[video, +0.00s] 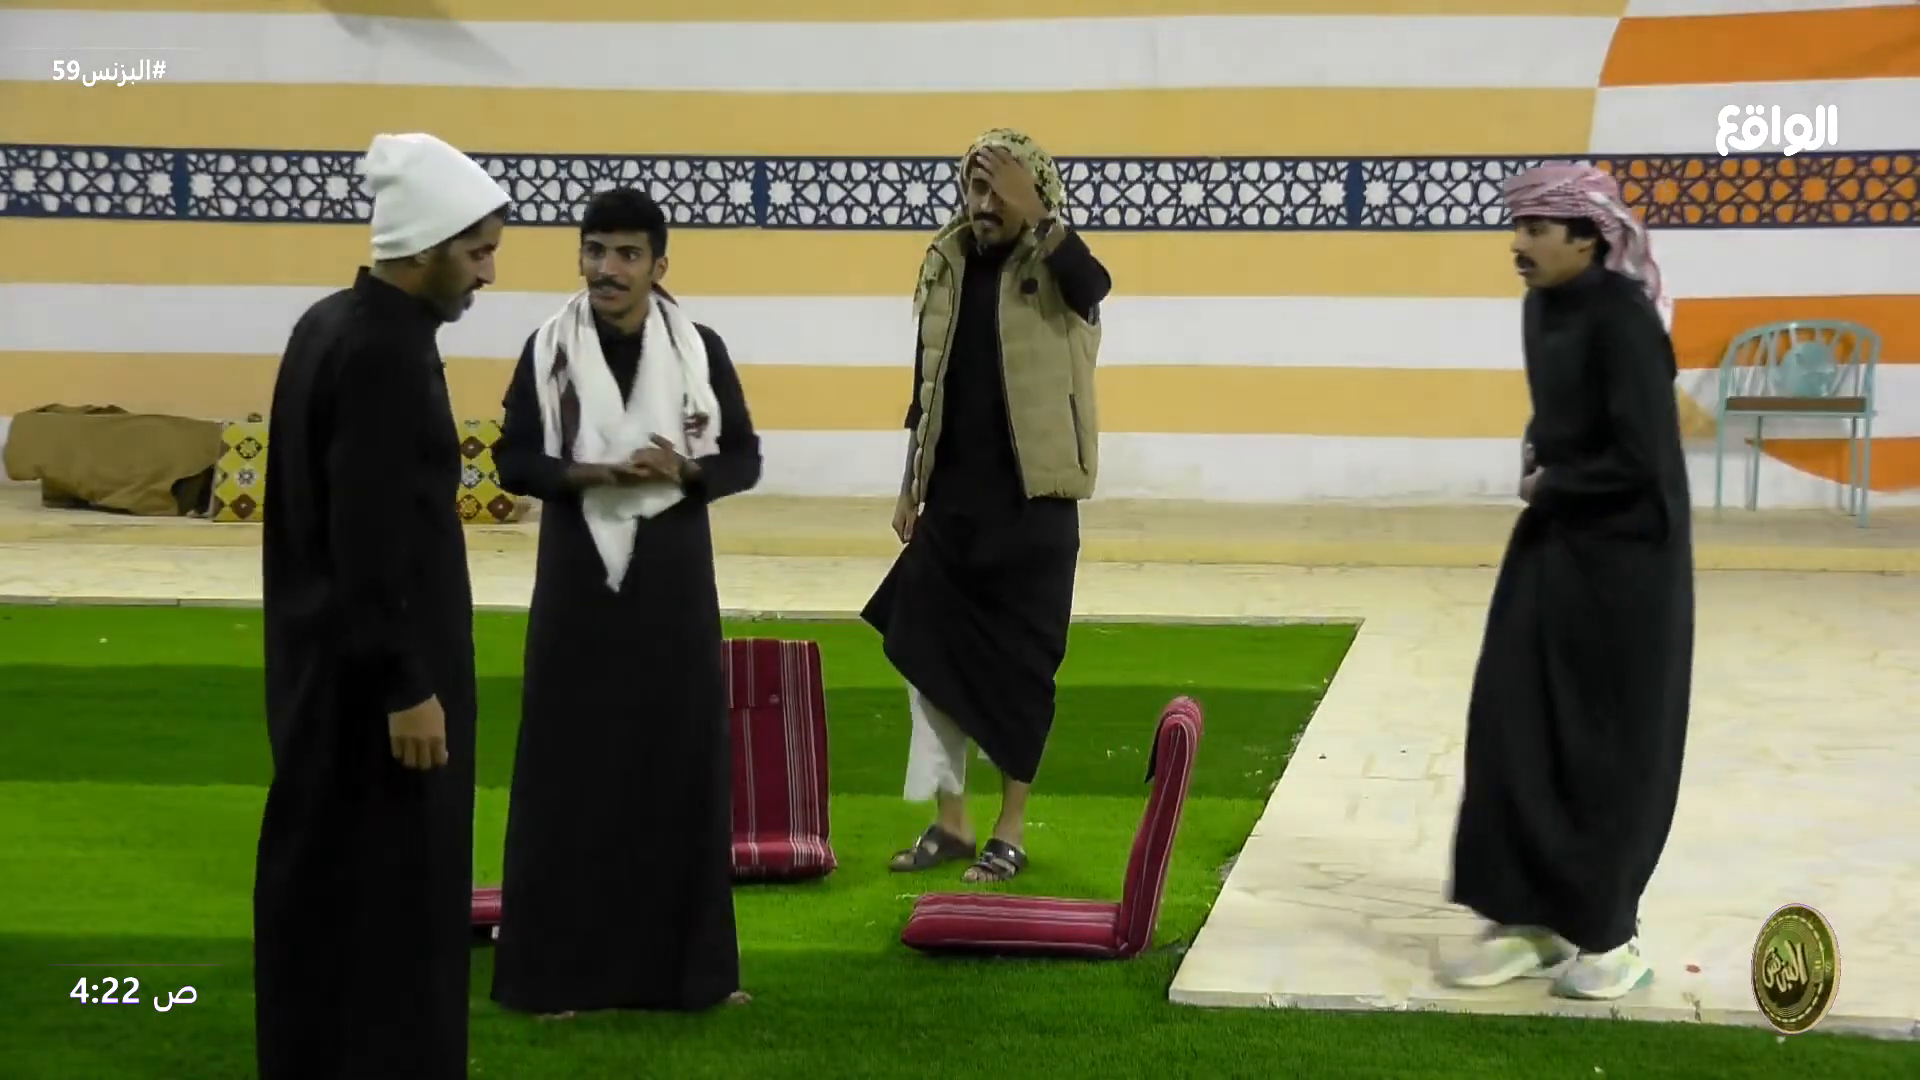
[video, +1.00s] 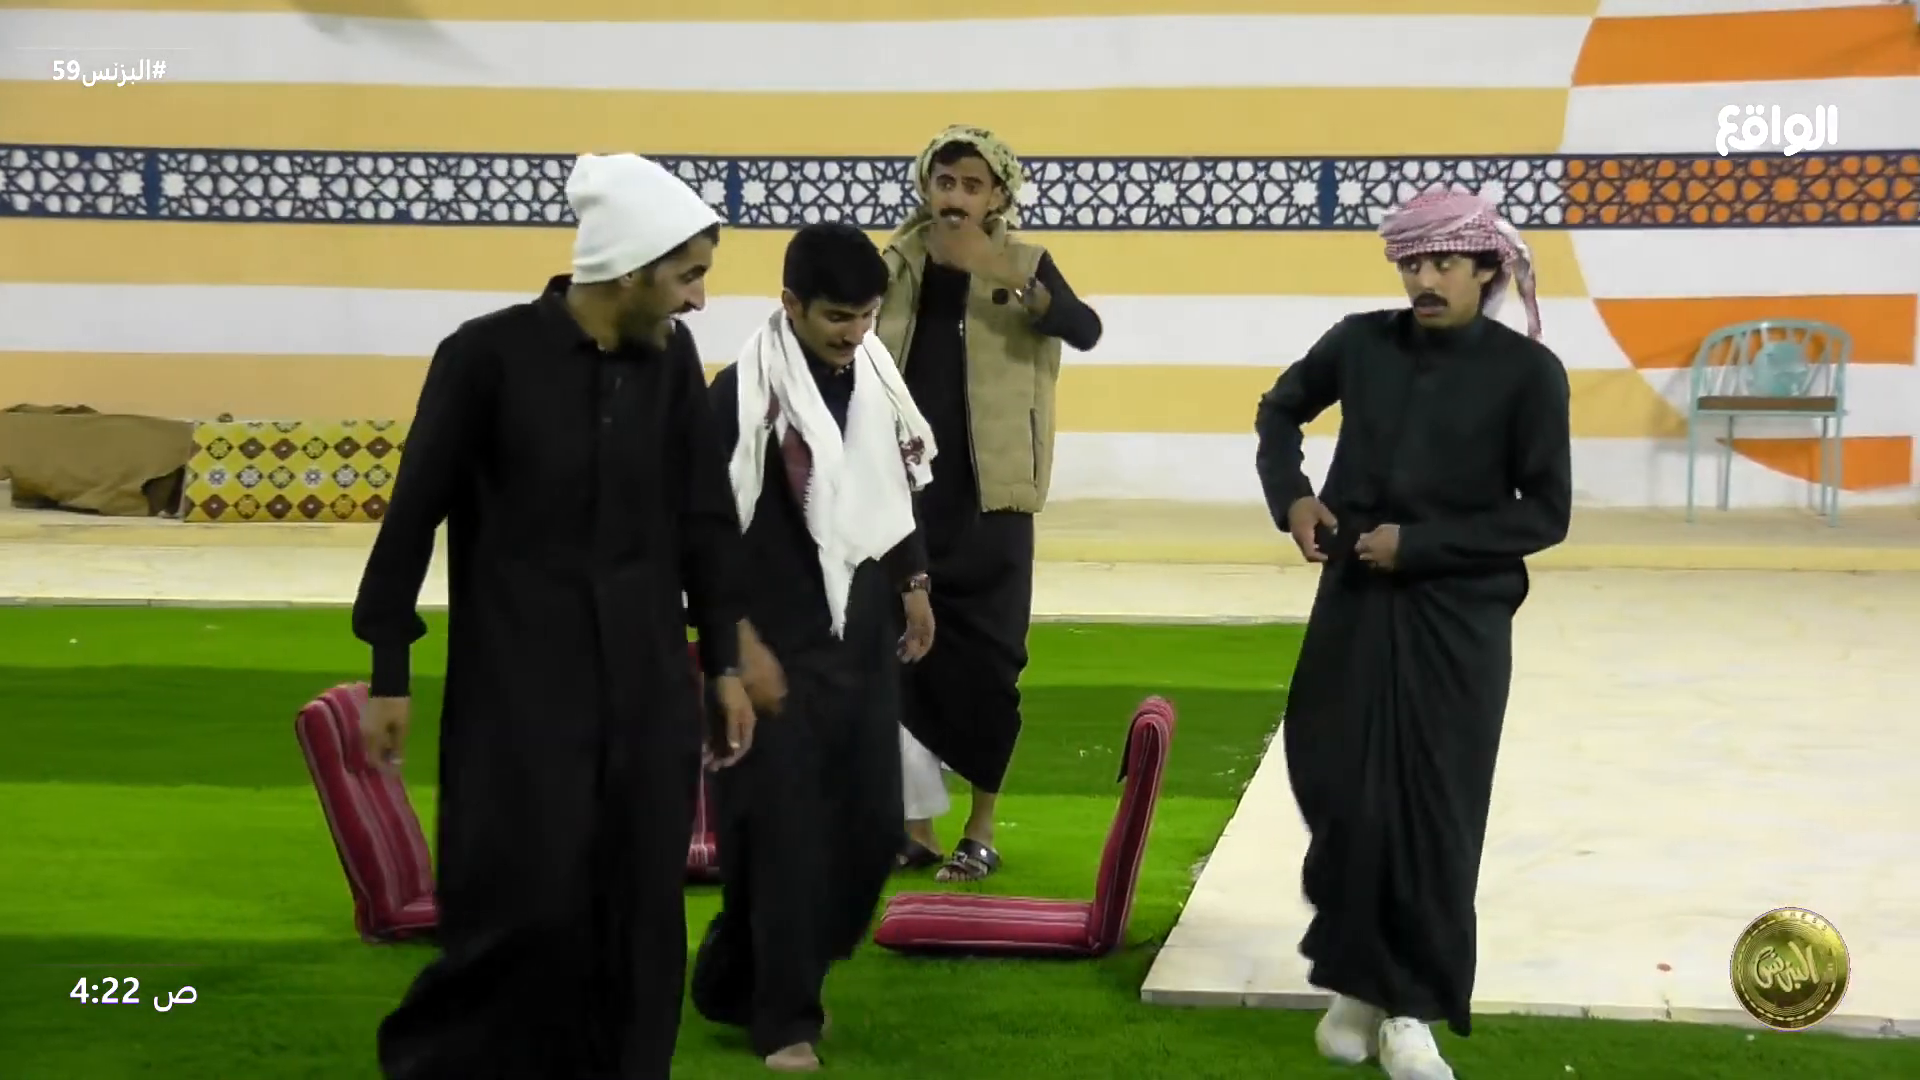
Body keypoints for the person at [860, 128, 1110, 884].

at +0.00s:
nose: (980, 201)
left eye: (995, 188)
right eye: (973, 187)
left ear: (1035, 195)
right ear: (963, 192)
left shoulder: (1061, 260)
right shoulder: (944, 266)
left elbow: (1089, 289)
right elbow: (926, 388)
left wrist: (1039, 215)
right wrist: (910, 488)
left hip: (1036, 494)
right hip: (953, 492)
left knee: (1024, 658)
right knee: (929, 646)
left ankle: (1009, 833)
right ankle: (951, 823)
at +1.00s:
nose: (957, 195)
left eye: (973, 184)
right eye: (945, 181)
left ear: (1000, 195)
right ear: (924, 189)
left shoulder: (1029, 264)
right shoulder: (891, 263)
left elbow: (1086, 332)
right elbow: (845, 354)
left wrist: (1007, 270)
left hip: (994, 497)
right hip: (900, 491)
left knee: (991, 662)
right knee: (900, 658)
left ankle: (979, 829)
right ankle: (913, 825)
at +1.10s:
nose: (944, 195)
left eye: (962, 183)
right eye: (934, 179)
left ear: (992, 197)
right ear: (914, 189)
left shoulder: (1016, 266)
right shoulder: (884, 263)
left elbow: (1067, 322)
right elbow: (839, 349)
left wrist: (994, 248)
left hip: (984, 497)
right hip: (889, 489)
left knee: (980, 663)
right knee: (885, 652)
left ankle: (969, 828)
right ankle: (886, 820)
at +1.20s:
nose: (930, 202)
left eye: (946, 189)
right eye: (917, 187)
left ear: (976, 195)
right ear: (898, 192)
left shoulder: (1000, 261)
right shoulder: (880, 257)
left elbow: (1038, 298)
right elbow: (858, 291)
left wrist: (982, 215)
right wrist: (903, 221)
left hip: (976, 495)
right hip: (887, 492)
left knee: (969, 663)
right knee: (891, 653)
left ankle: (955, 814)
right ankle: (882, 816)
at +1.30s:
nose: (925, 203)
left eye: (940, 190)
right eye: (911, 186)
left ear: (968, 198)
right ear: (888, 191)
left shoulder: (990, 257)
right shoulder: (868, 250)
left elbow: (1028, 296)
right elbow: (849, 339)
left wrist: (973, 210)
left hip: (967, 485)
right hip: (878, 478)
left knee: (963, 651)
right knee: (884, 641)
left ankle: (945, 800)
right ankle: (876, 800)